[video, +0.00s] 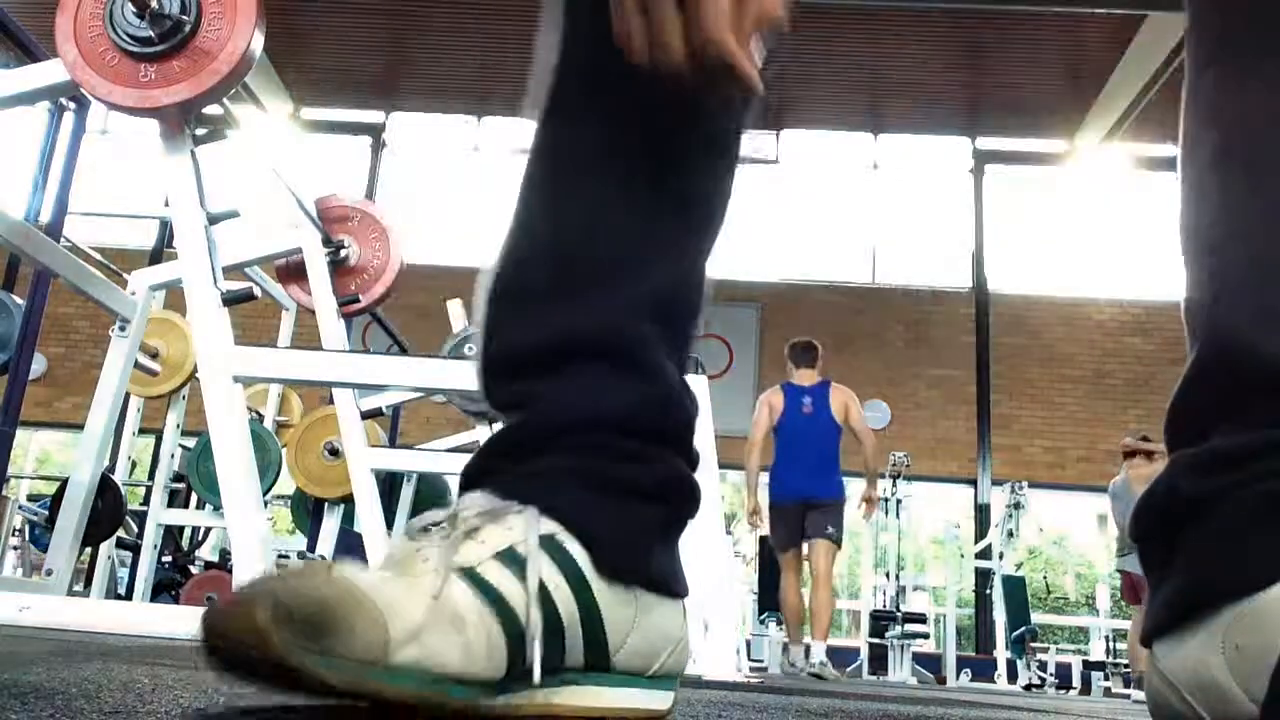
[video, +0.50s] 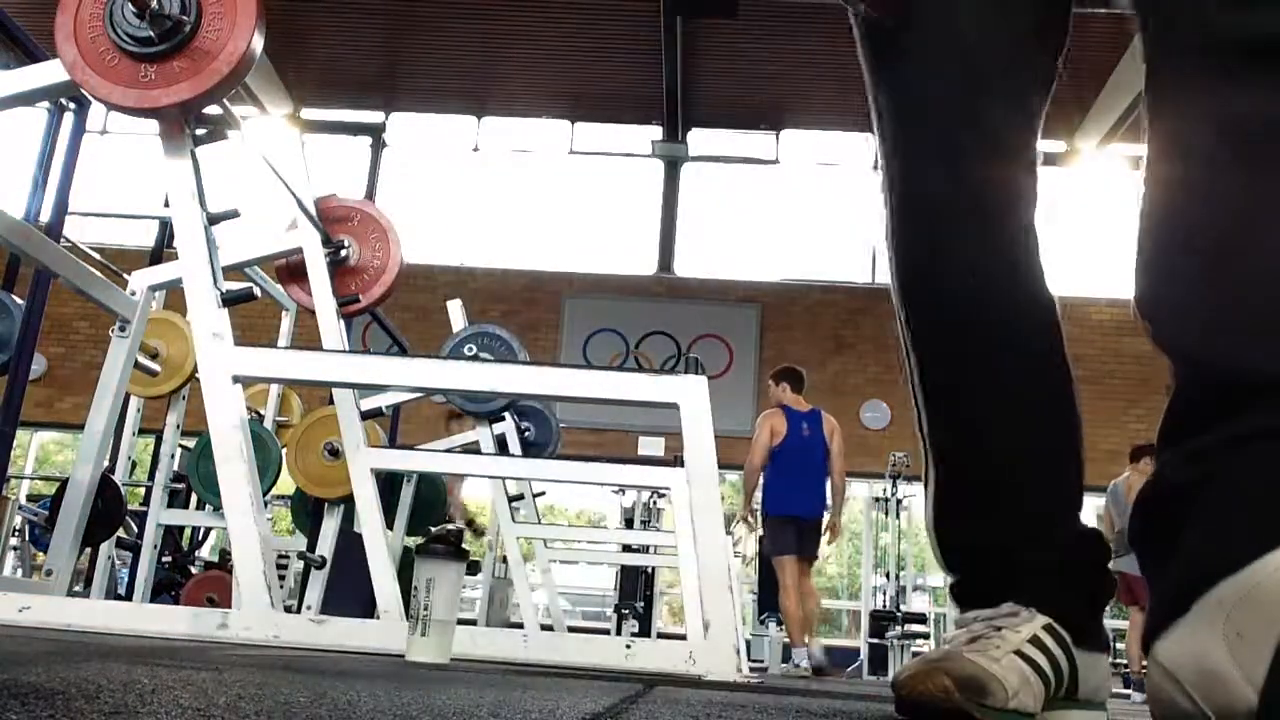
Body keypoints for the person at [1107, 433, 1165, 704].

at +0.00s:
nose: (1155, 460)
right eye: (1153, 455)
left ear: (1124, 455)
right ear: (1148, 453)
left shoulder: (1115, 484)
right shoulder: (1155, 474)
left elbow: (1118, 523)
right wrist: (1164, 457)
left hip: (1125, 555)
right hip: (1147, 554)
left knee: (1138, 615)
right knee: (1150, 613)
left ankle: (1136, 673)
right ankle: (1146, 672)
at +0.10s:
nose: (1153, 460)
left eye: (1152, 457)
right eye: (1152, 456)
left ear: (1125, 455)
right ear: (1144, 453)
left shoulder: (1112, 484)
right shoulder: (1147, 473)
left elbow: (1117, 522)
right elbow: (1172, 465)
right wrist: (1160, 456)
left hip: (1122, 555)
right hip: (1143, 553)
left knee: (1137, 615)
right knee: (1149, 613)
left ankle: (1135, 671)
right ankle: (1144, 672)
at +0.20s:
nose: (1146, 466)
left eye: (1147, 462)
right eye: (1146, 462)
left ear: (1123, 458)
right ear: (1139, 458)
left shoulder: (1110, 485)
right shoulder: (1142, 479)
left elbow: (1114, 519)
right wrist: (1157, 471)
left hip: (1121, 554)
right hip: (1140, 552)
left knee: (1136, 614)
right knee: (1147, 611)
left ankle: (1135, 671)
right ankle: (1144, 669)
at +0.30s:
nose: (1147, 468)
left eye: (1148, 465)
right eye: (1147, 464)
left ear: (1125, 460)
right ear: (1139, 460)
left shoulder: (1109, 486)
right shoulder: (1142, 482)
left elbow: (1111, 523)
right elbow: (1151, 515)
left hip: (1121, 556)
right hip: (1140, 555)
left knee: (1135, 614)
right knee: (1147, 613)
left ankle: (1135, 673)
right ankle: (1143, 672)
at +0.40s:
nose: (1151, 468)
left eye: (1152, 464)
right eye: (1152, 464)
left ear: (1128, 460)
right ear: (1143, 460)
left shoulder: (1111, 486)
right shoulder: (1146, 483)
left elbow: (1111, 525)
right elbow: (1152, 518)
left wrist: (1119, 544)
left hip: (1121, 557)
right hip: (1142, 557)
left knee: (1135, 614)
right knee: (1150, 614)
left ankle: (1135, 673)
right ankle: (1150, 670)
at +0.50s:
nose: (1154, 468)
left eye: (1154, 464)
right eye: (1153, 463)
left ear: (1133, 462)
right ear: (1144, 462)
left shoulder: (1113, 486)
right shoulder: (1148, 485)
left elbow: (1110, 526)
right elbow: (1151, 523)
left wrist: (1116, 548)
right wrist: (1154, 548)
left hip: (1120, 557)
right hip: (1141, 557)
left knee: (1135, 615)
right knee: (1147, 615)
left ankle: (1135, 673)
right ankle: (1144, 671)